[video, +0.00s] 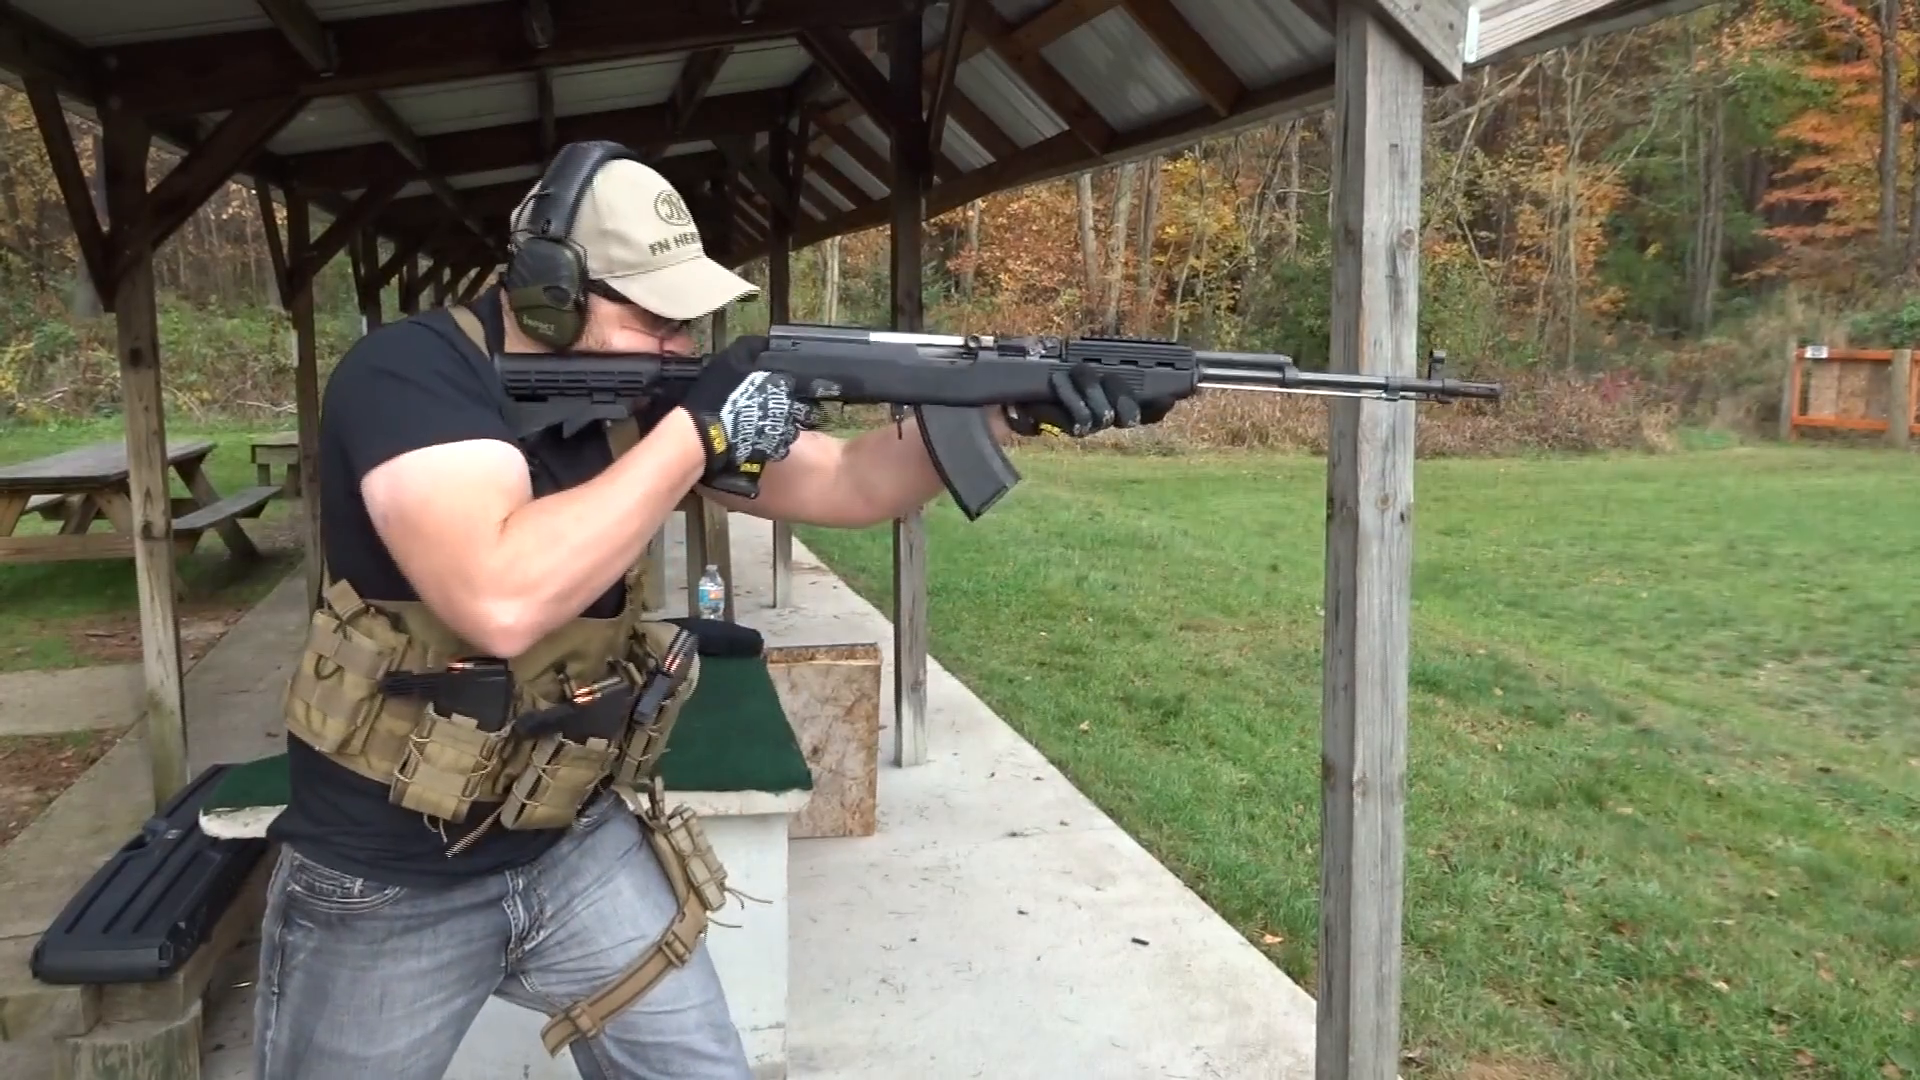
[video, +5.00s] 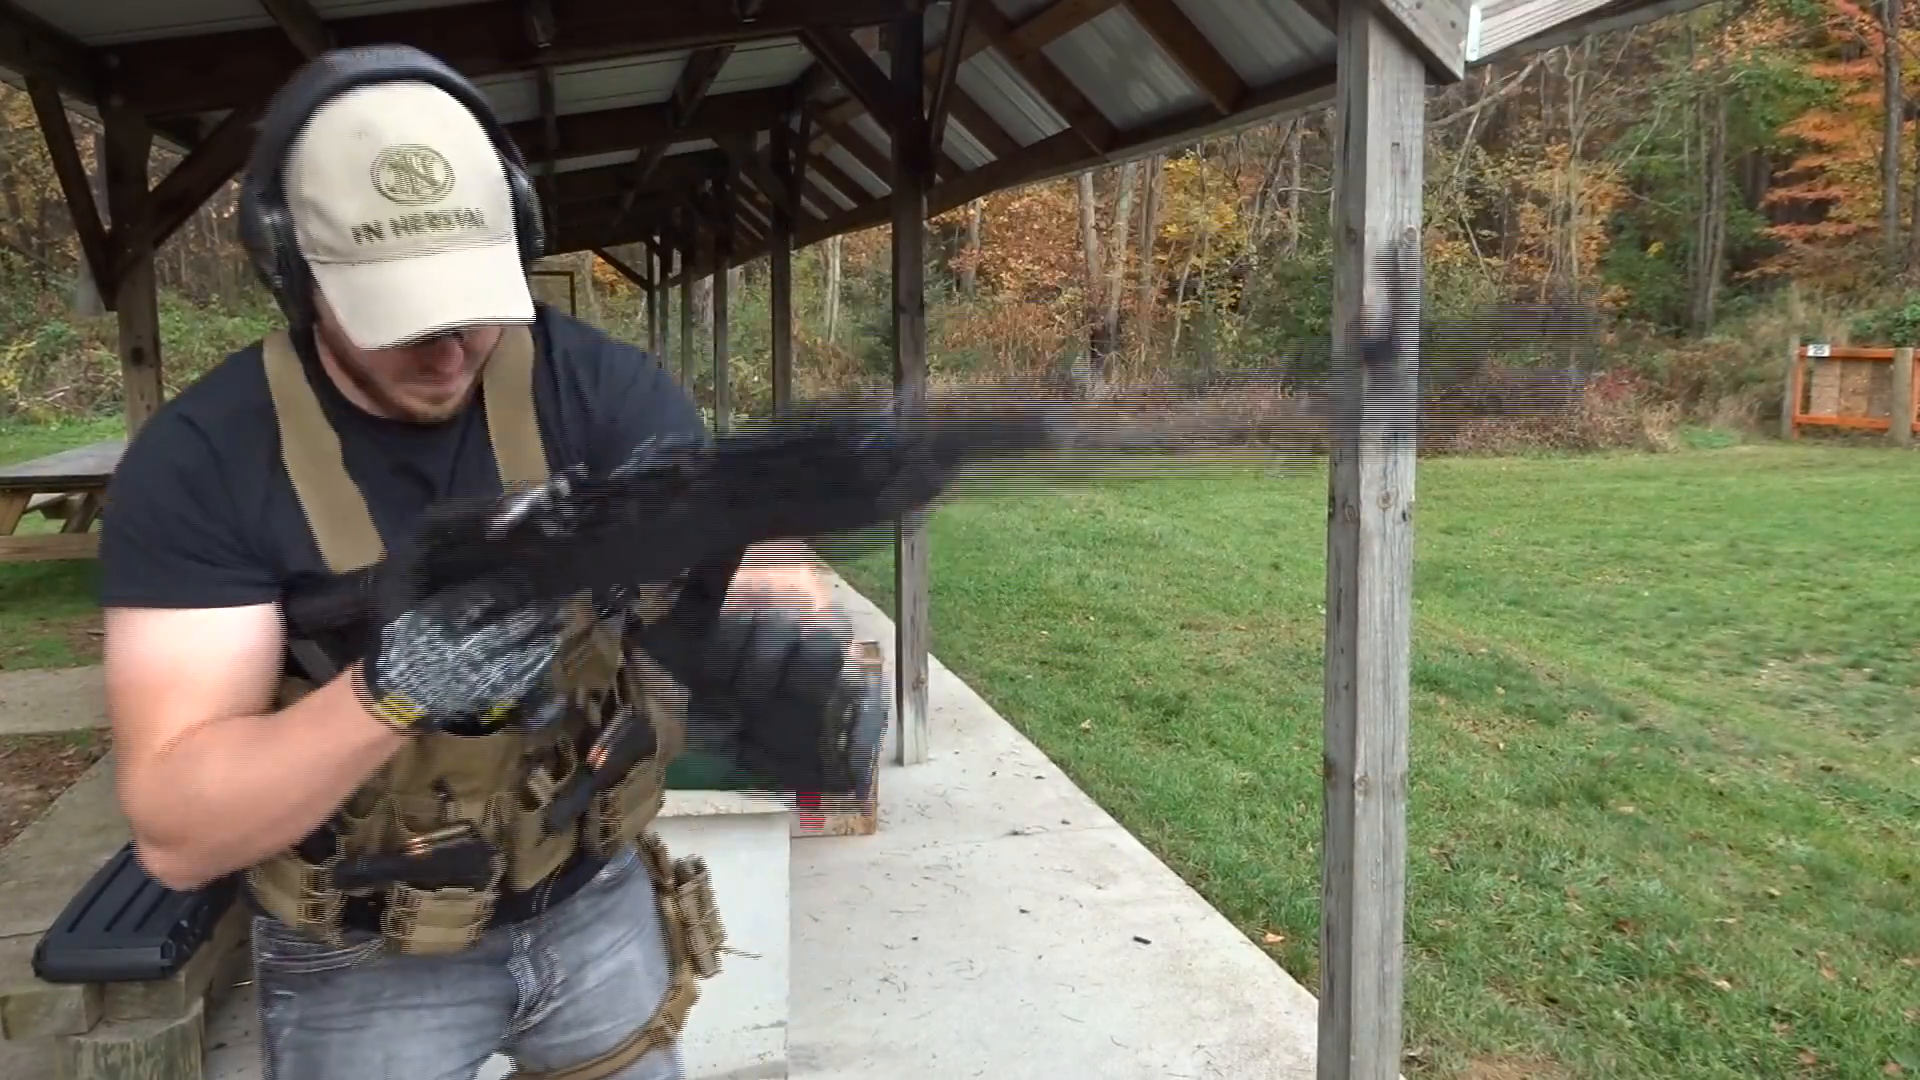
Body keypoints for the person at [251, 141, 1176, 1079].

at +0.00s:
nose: (675, 345)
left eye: (681, 322)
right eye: (649, 320)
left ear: (671, 302)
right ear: (552, 298)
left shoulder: (637, 401)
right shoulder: (401, 379)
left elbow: (853, 478)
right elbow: (502, 598)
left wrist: (1033, 395)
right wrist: (696, 426)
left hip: (581, 844)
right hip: (386, 885)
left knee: (705, 1070)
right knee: (324, 1078)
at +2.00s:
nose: (651, 352)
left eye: (658, 326)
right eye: (622, 326)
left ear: (662, 299)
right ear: (519, 302)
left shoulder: (621, 402)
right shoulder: (376, 377)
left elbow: (827, 481)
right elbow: (465, 601)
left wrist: (1012, 402)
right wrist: (678, 434)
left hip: (576, 846)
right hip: (382, 892)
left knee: (698, 1060)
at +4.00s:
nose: (752, 278)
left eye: (756, 249)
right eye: (723, 250)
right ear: (623, 240)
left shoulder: (741, 385)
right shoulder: (497, 375)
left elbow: (897, 525)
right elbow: (528, 622)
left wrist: (985, 458)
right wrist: (769, 500)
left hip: (693, 827)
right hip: (493, 860)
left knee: (787, 1066)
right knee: (428, 1066)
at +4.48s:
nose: (622, 283)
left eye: (639, 243)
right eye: (579, 255)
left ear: (672, 236)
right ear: (503, 260)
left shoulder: (729, 357)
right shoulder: (430, 421)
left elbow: (915, 510)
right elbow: (450, 745)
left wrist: (969, 470)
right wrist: (699, 571)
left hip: (721, 847)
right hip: (514, 885)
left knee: (785, 1062)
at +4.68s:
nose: (502, 318)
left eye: (520, 271)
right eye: (457, 288)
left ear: (563, 247)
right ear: (377, 285)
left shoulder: (644, 361)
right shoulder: (311, 465)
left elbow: (842, 496)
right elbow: (356, 811)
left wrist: (911, 490)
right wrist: (610, 619)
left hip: (648, 874)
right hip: (431, 937)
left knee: (722, 1060)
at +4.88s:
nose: (446, 330)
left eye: (468, 282)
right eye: (395, 304)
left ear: (502, 230)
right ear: (297, 281)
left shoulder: (587, 356)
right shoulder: (219, 468)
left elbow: (775, 492)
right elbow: (230, 827)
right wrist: (464, 657)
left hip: (616, 893)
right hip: (384, 956)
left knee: (676, 1064)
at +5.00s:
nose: (448, 344)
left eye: (471, 299)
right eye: (400, 315)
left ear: (509, 243)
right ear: (302, 277)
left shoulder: (599, 390)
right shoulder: (203, 463)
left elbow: (767, 580)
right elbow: (177, 828)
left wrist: (802, 658)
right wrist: (396, 689)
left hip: (600, 913)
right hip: (364, 964)